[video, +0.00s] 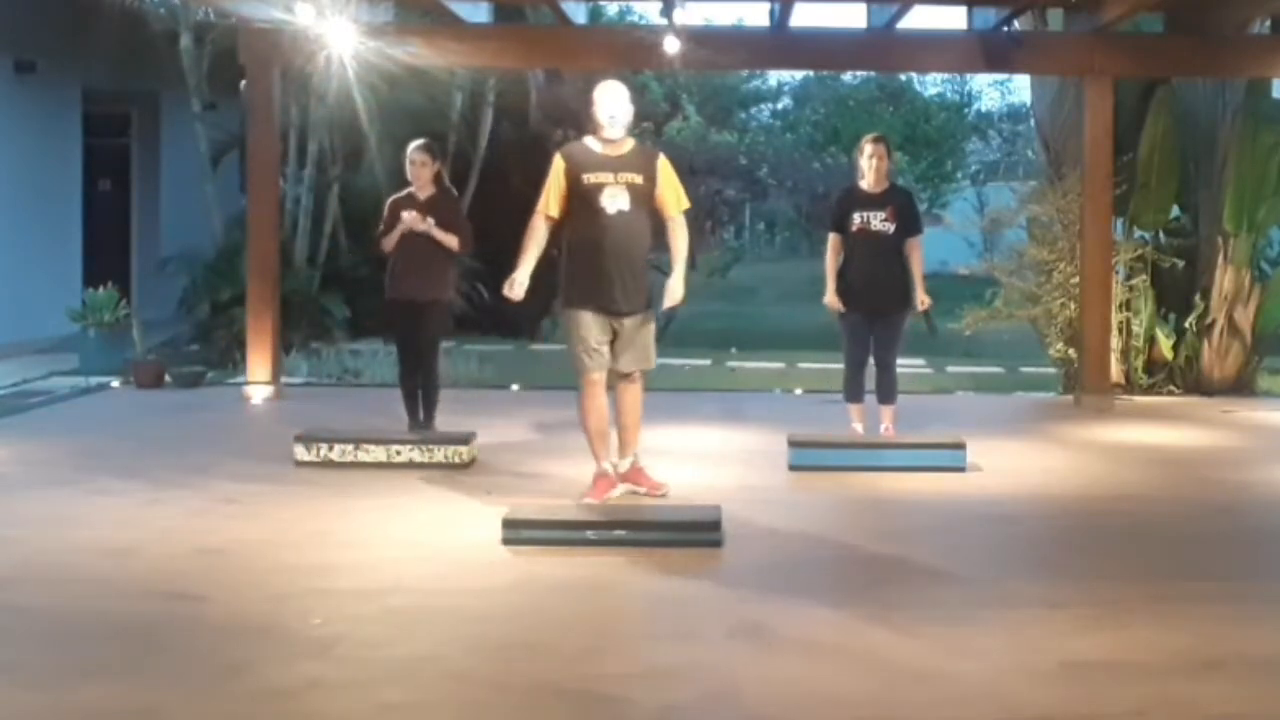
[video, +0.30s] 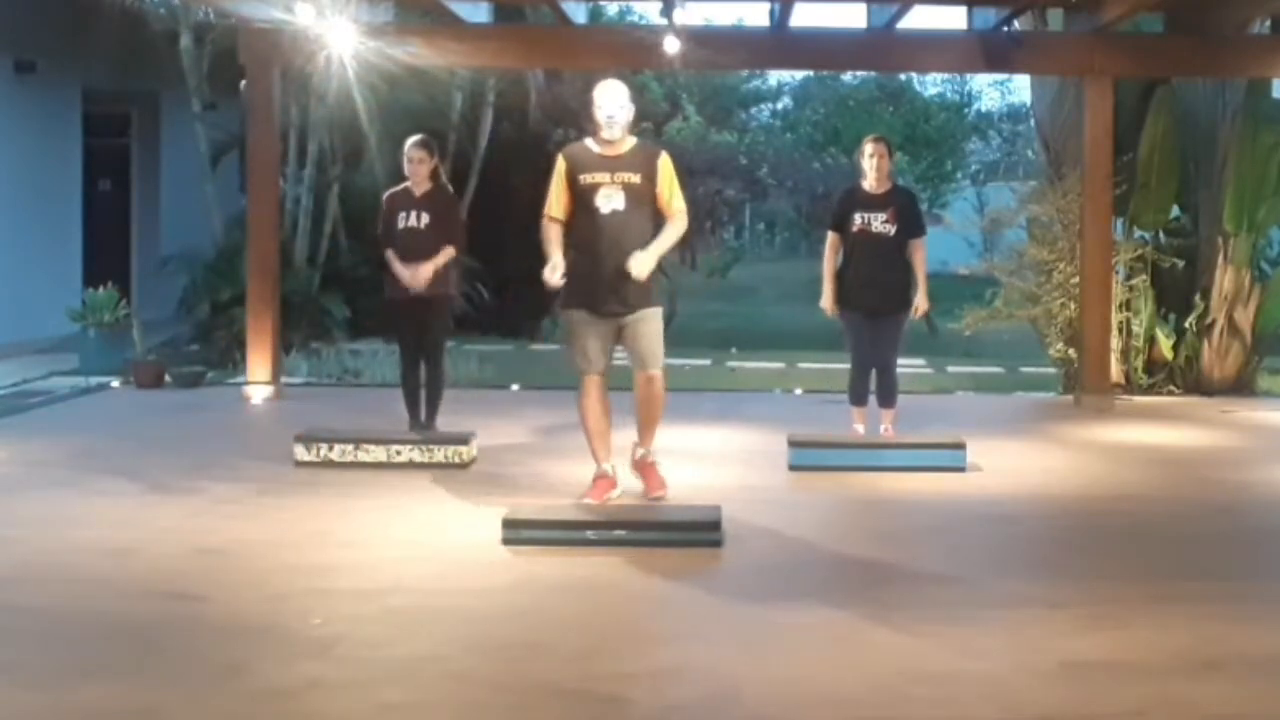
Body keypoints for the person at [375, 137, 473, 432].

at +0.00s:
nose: (414, 170)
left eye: (421, 164)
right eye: (411, 163)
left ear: (435, 167)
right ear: (405, 167)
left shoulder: (448, 201)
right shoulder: (396, 203)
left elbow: (462, 244)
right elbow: (384, 246)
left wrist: (430, 227)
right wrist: (402, 227)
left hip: (434, 296)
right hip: (401, 295)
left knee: (428, 359)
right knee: (407, 359)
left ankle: (429, 418)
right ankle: (413, 418)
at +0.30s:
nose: (413, 167)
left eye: (419, 161)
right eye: (409, 160)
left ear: (433, 163)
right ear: (403, 163)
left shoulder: (446, 197)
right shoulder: (392, 198)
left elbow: (454, 243)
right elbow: (385, 242)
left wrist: (429, 267)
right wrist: (403, 272)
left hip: (436, 291)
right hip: (403, 290)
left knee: (434, 355)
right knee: (409, 356)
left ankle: (430, 418)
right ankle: (414, 418)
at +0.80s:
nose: (414, 168)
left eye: (420, 162)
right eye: (410, 162)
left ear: (433, 164)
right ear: (404, 165)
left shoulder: (447, 200)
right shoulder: (392, 200)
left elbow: (460, 247)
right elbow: (381, 248)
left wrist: (471, 288)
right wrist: (368, 287)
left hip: (435, 296)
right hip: (399, 295)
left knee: (429, 359)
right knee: (404, 360)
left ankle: (429, 421)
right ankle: (413, 421)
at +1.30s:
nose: (418, 165)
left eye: (425, 160)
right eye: (413, 159)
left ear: (435, 163)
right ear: (405, 162)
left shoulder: (448, 200)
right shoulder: (393, 200)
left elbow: (457, 246)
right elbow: (384, 249)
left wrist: (464, 282)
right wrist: (369, 283)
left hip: (437, 293)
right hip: (403, 293)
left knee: (433, 358)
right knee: (409, 359)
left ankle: (430, 421)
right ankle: (414, 421)